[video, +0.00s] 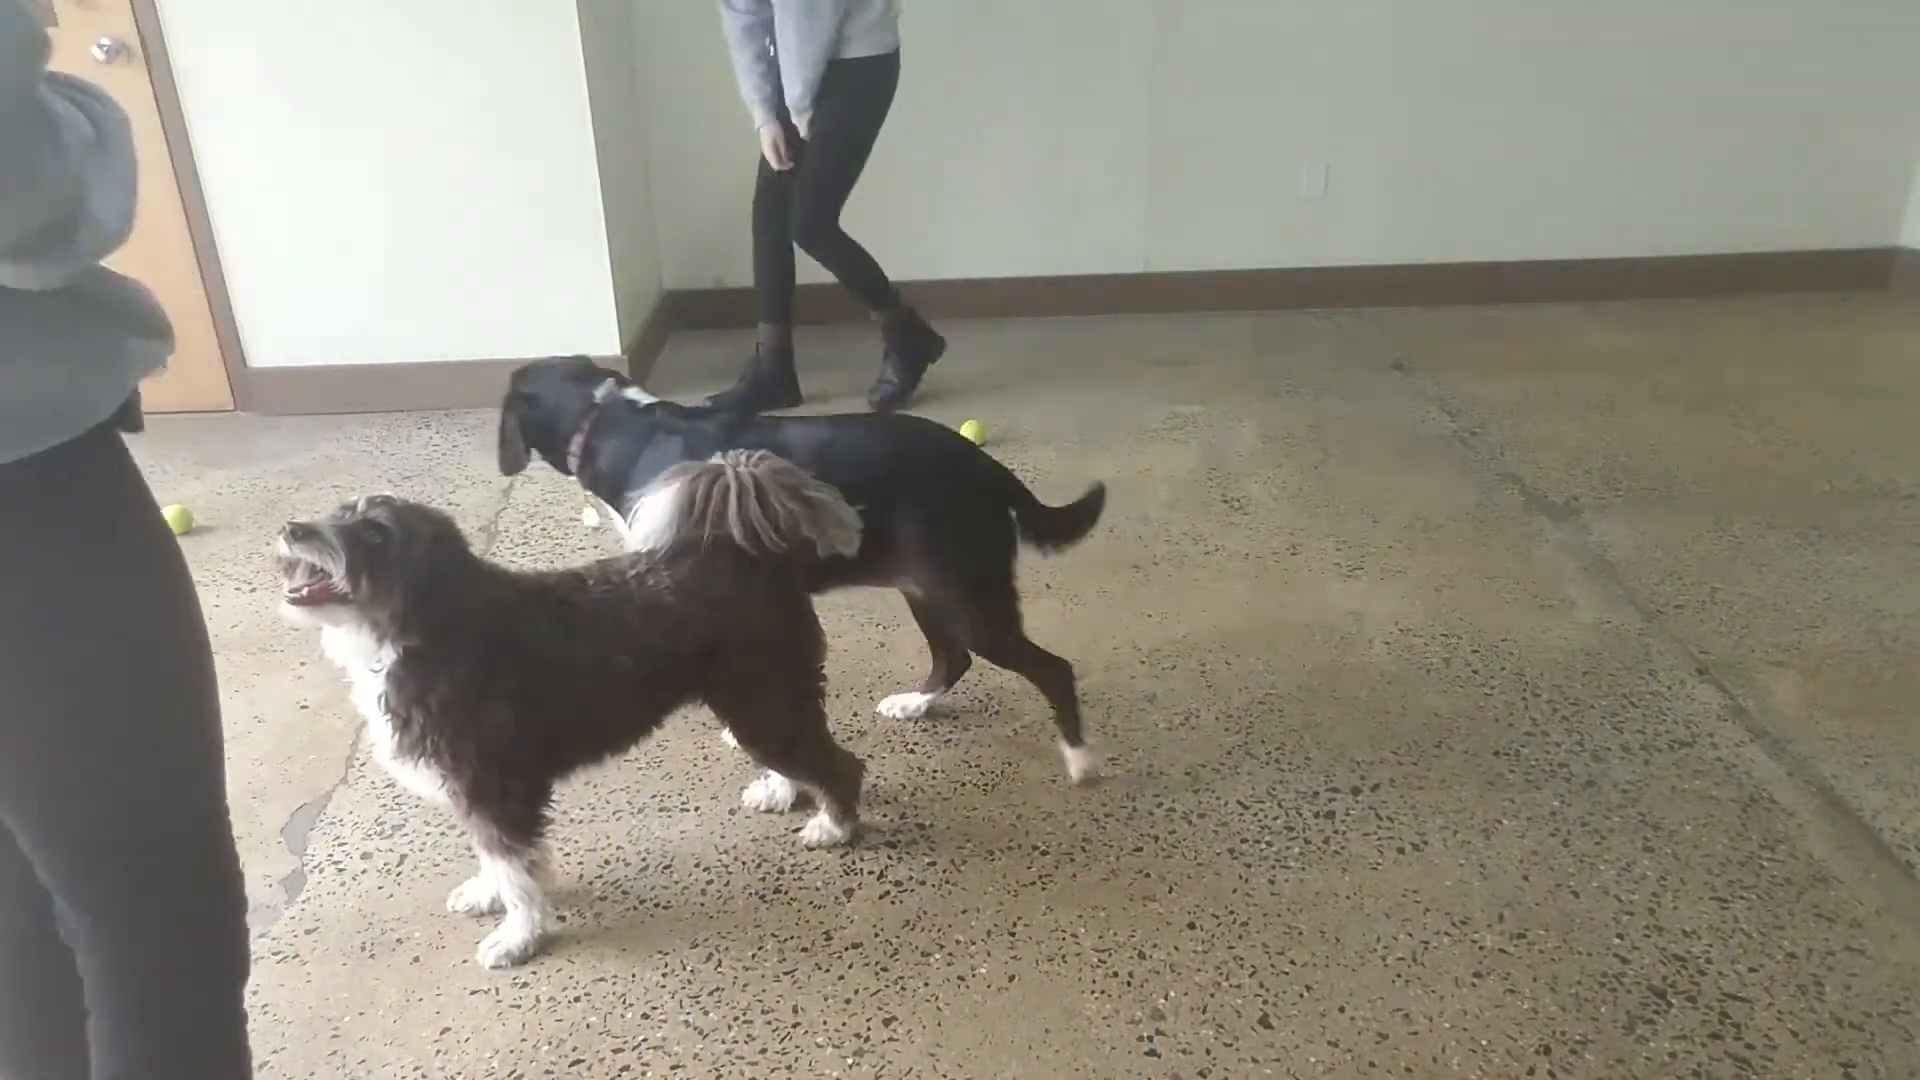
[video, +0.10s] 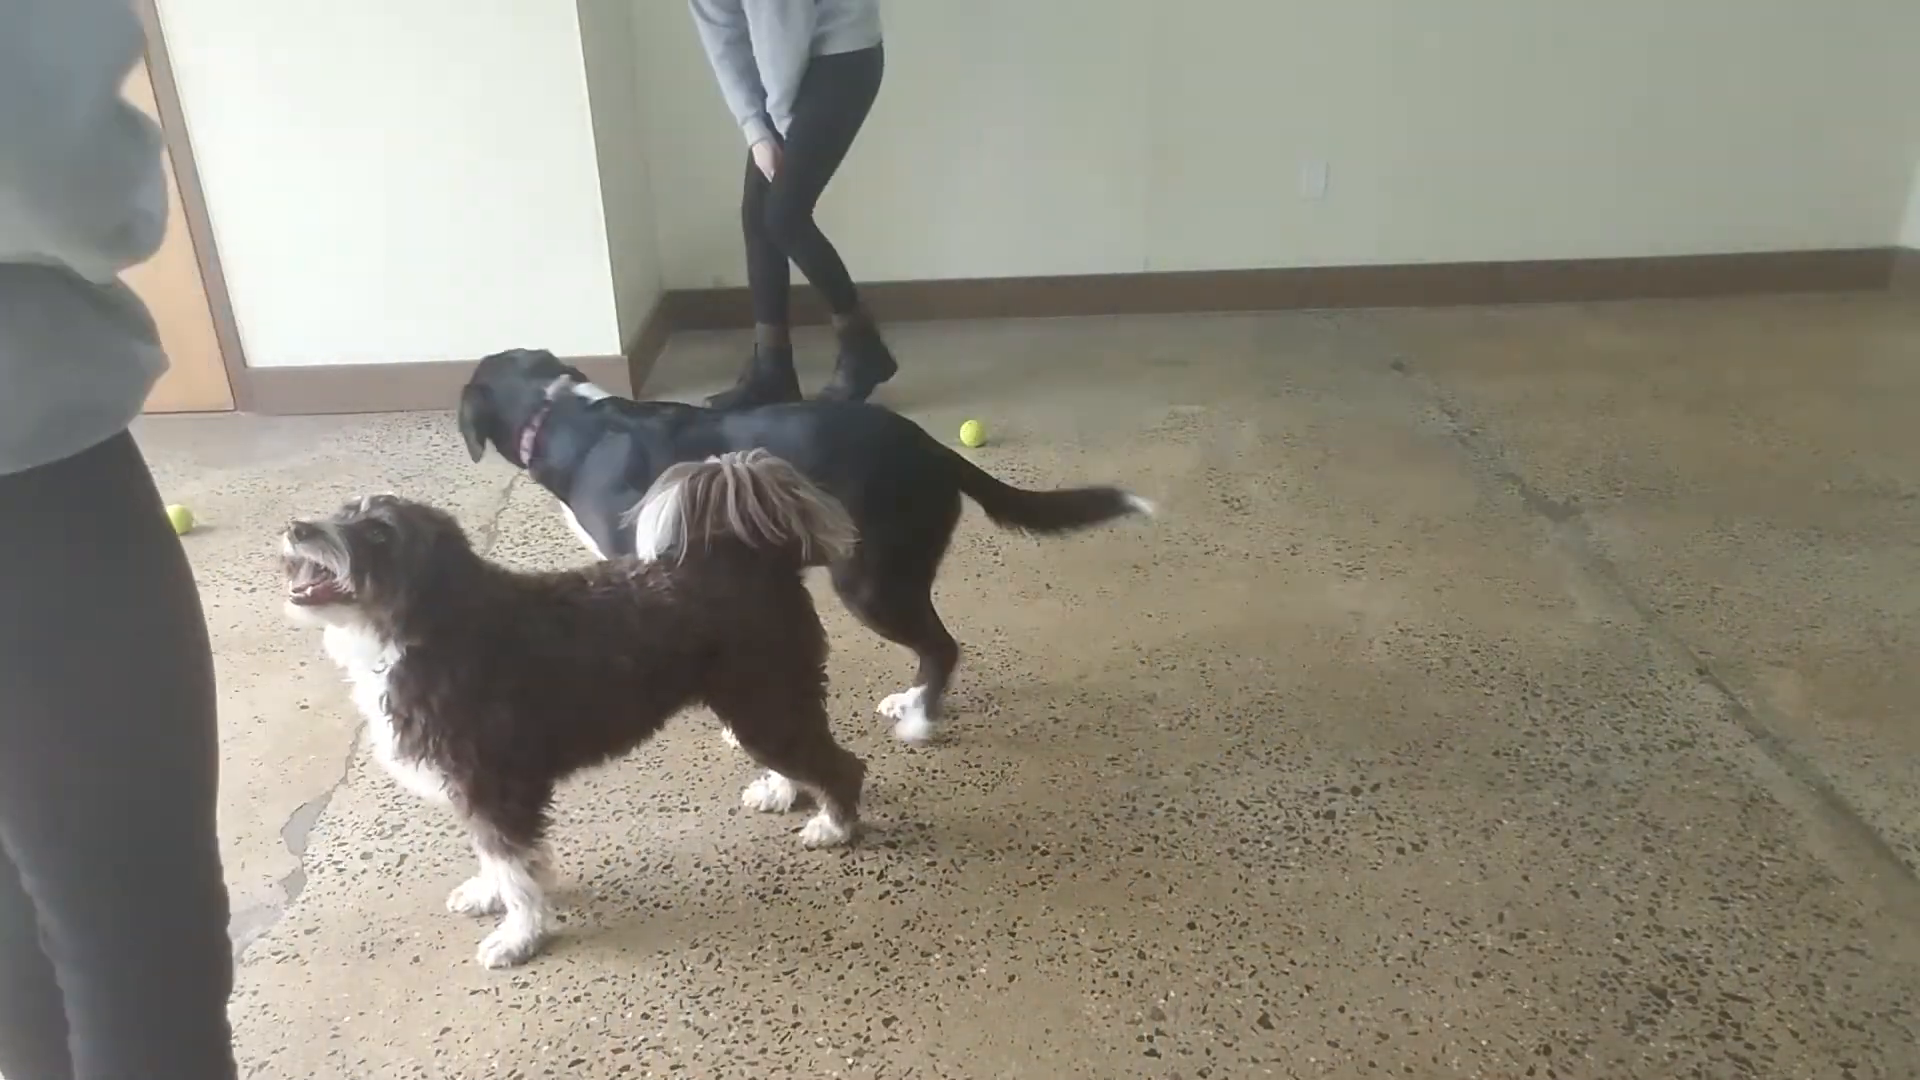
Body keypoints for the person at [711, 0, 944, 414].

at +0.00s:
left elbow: (810, 16)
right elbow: (741, 16)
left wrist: (800, 103)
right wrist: (765, 115)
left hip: (861, 56)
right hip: (794, 58)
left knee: (811, 221)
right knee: (770, 209)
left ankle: (910, 335)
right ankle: (774, 369)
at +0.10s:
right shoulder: (707, 6)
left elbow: (783, 33)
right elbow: (721, 39)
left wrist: (781, 119)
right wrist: (755, 130)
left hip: (843, 50)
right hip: (777, 58)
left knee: (785, 215)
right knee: (757, 213)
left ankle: (865, 349)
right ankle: (772, 370)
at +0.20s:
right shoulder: (684, 7)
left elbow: (770, 49)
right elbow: (713, 59)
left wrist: (771, 130)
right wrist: (755, 142)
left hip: (830, 52)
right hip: (766, 56)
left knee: (782, 213)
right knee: (754, 211)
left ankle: (810, 377)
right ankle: (769, 364)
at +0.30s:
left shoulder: (723, 4)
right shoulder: (662, 6)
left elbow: (761, 58)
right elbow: (703, 67)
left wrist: (772, 133)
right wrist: (751, 143)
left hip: (825, 54)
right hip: (764, 62)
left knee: (783, 213)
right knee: (752, 213)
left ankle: (791, 382)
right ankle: (764, 370)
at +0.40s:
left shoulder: (707, 5)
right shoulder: (652, 12)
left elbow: (755, 68)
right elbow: (703, 84)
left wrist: (772, 129)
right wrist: (755, 154)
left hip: (821, 55)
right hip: (767, 65)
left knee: (784, 214)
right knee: (752, 215)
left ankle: (791, 383)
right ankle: (764, 371)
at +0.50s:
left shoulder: (690, 4)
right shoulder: (643, 17)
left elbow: (750, 73)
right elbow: (705, 91)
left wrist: (774, 129)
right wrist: (759, 159)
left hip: (818, 53)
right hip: (767, 65)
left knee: (782, 211)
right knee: (752, 212)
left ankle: (789, 381)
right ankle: (764, 371)